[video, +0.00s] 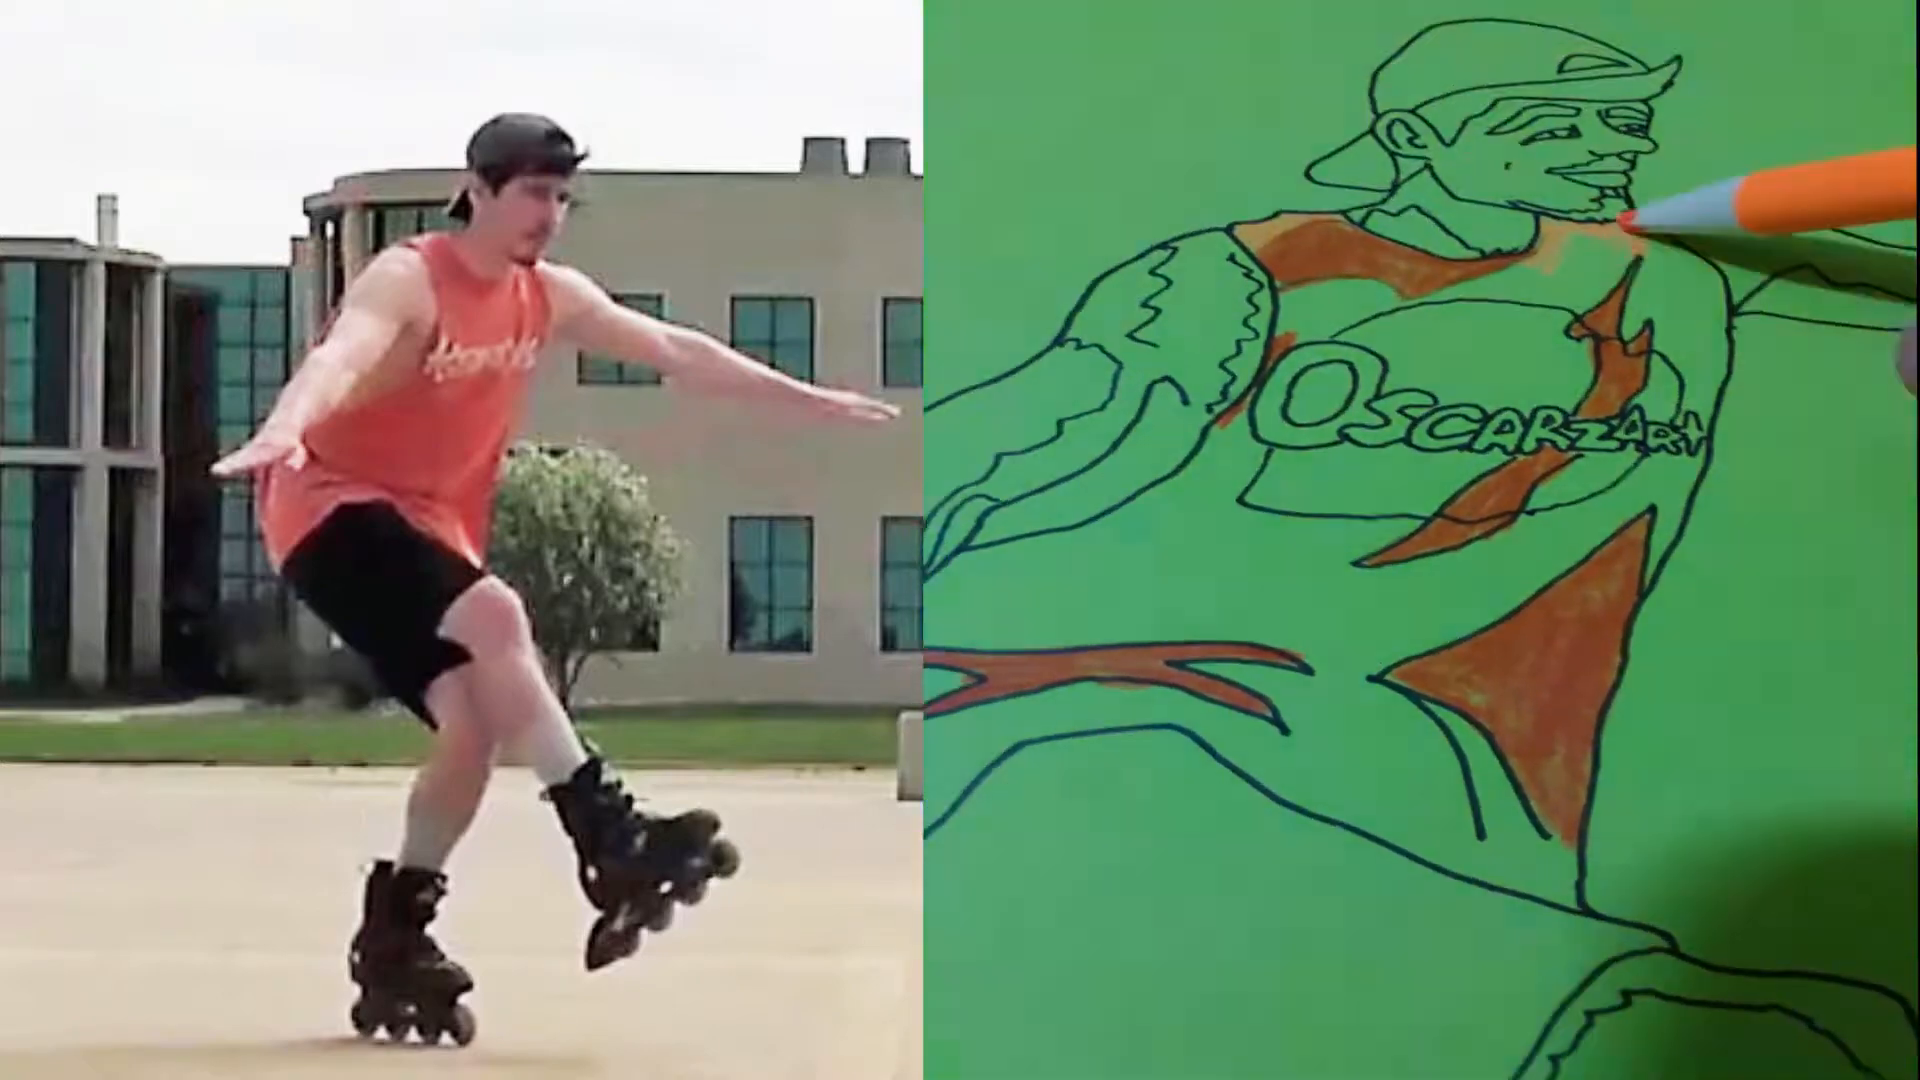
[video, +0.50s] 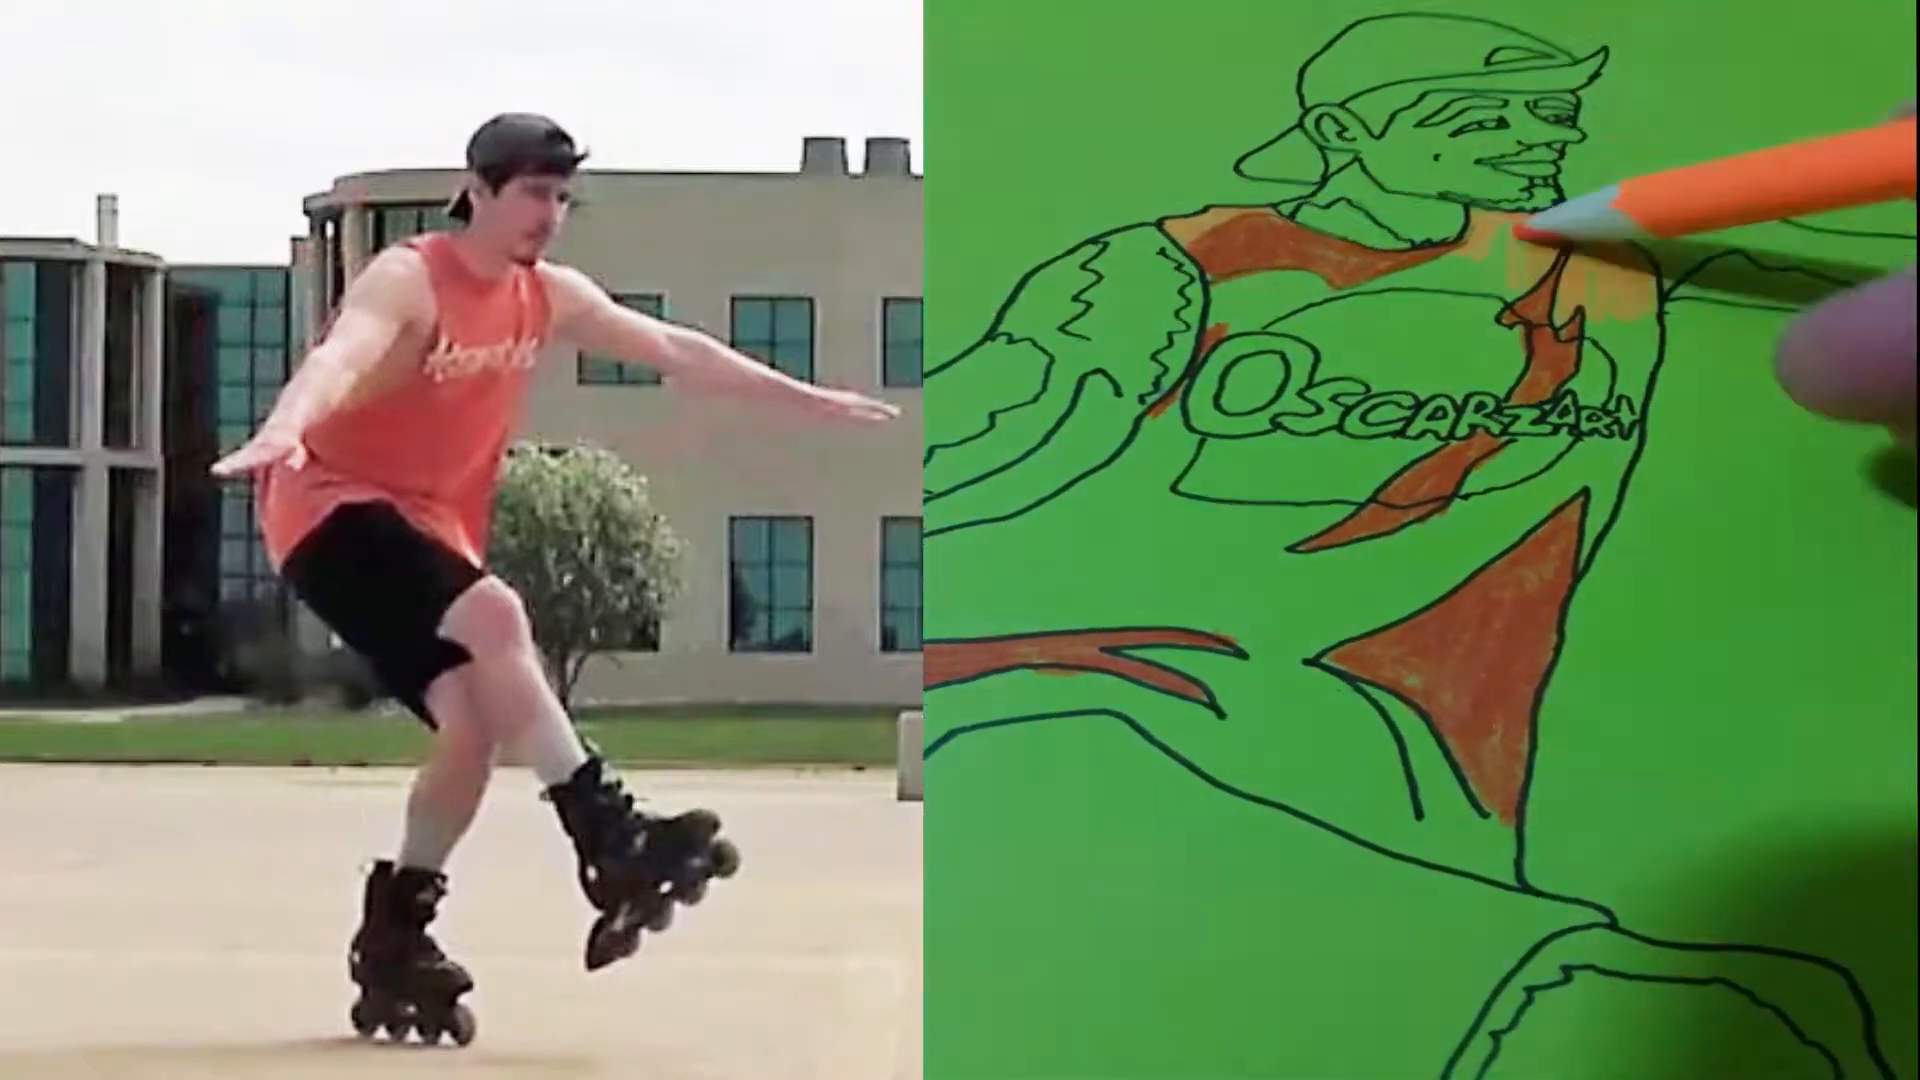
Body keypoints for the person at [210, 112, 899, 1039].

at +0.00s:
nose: (552, 214)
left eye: (562, 198)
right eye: (536, 194)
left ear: (563, 203)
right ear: (477, 191)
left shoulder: (551, 293)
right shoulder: (409, 274)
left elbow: (674, 349)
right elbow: (341, 356)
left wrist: (811, 399)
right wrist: (282, 429)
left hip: (436, 530)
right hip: (334, 505)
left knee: (477, 725)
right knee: (492, 616)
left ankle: (393, 936)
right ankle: (611, 842)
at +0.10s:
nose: (552, 214)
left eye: (562, 198)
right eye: (536, 195)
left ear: (562, 203)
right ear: (476, 191)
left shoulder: (551, 293)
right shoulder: (409, 274)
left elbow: (674, 349)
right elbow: (341, 356)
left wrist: (810, 399)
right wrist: (283, 429)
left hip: (436, 529)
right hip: (334, 504)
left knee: (477, 723)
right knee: (492, 616)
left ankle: (393, 936)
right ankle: (611, 843)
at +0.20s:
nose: (552, 214)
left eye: (562, 198)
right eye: (536, 194)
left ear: (562, 203)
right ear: (477, 191)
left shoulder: (551, 293)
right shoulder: (408, 274)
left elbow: (674, 349)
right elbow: (341, 356)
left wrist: (810, 399)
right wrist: (283, 429)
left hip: (436, 529)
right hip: (334, 504)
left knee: (477, 723)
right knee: (492, 616)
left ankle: (393, 936)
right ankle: (611, 843)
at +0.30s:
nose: (552, 214)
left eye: (562, 198)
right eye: (536, 195)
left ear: (562, 203)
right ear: (477, 191)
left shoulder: (551, 293)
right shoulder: (408, 274)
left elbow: (674, 350)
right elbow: (342, 356)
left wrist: (810, 399)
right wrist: (283, 428)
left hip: (436, 529)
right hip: (333, 504)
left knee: (477, 723)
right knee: (492, 616)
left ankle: (393, 936)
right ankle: (611, 843)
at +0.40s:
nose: (552, 214)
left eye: (562, 198)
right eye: (536, 194)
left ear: (562, 203)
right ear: (477, 191)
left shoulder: (551, 293)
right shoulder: (408, 274)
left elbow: (674, 349)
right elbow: (342, 356)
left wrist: (810, 399)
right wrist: (283, 429)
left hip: (436, 529)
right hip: (334, 504)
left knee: (477, 723)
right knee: (492, 616)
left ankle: (393, 936)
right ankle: (611, 842)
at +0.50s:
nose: (552, 214)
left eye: (562, 198)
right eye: (536, 195)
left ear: (562, 203)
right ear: (477, 191)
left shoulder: (551, 293)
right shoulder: (408, 274)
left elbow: (674, 349)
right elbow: (342, 356)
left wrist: (811, 399)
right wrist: (283, 428)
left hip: (436, 530)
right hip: (334, 505)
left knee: (477, 725)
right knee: (492, 616)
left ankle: (393, 935)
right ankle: (610, 841)